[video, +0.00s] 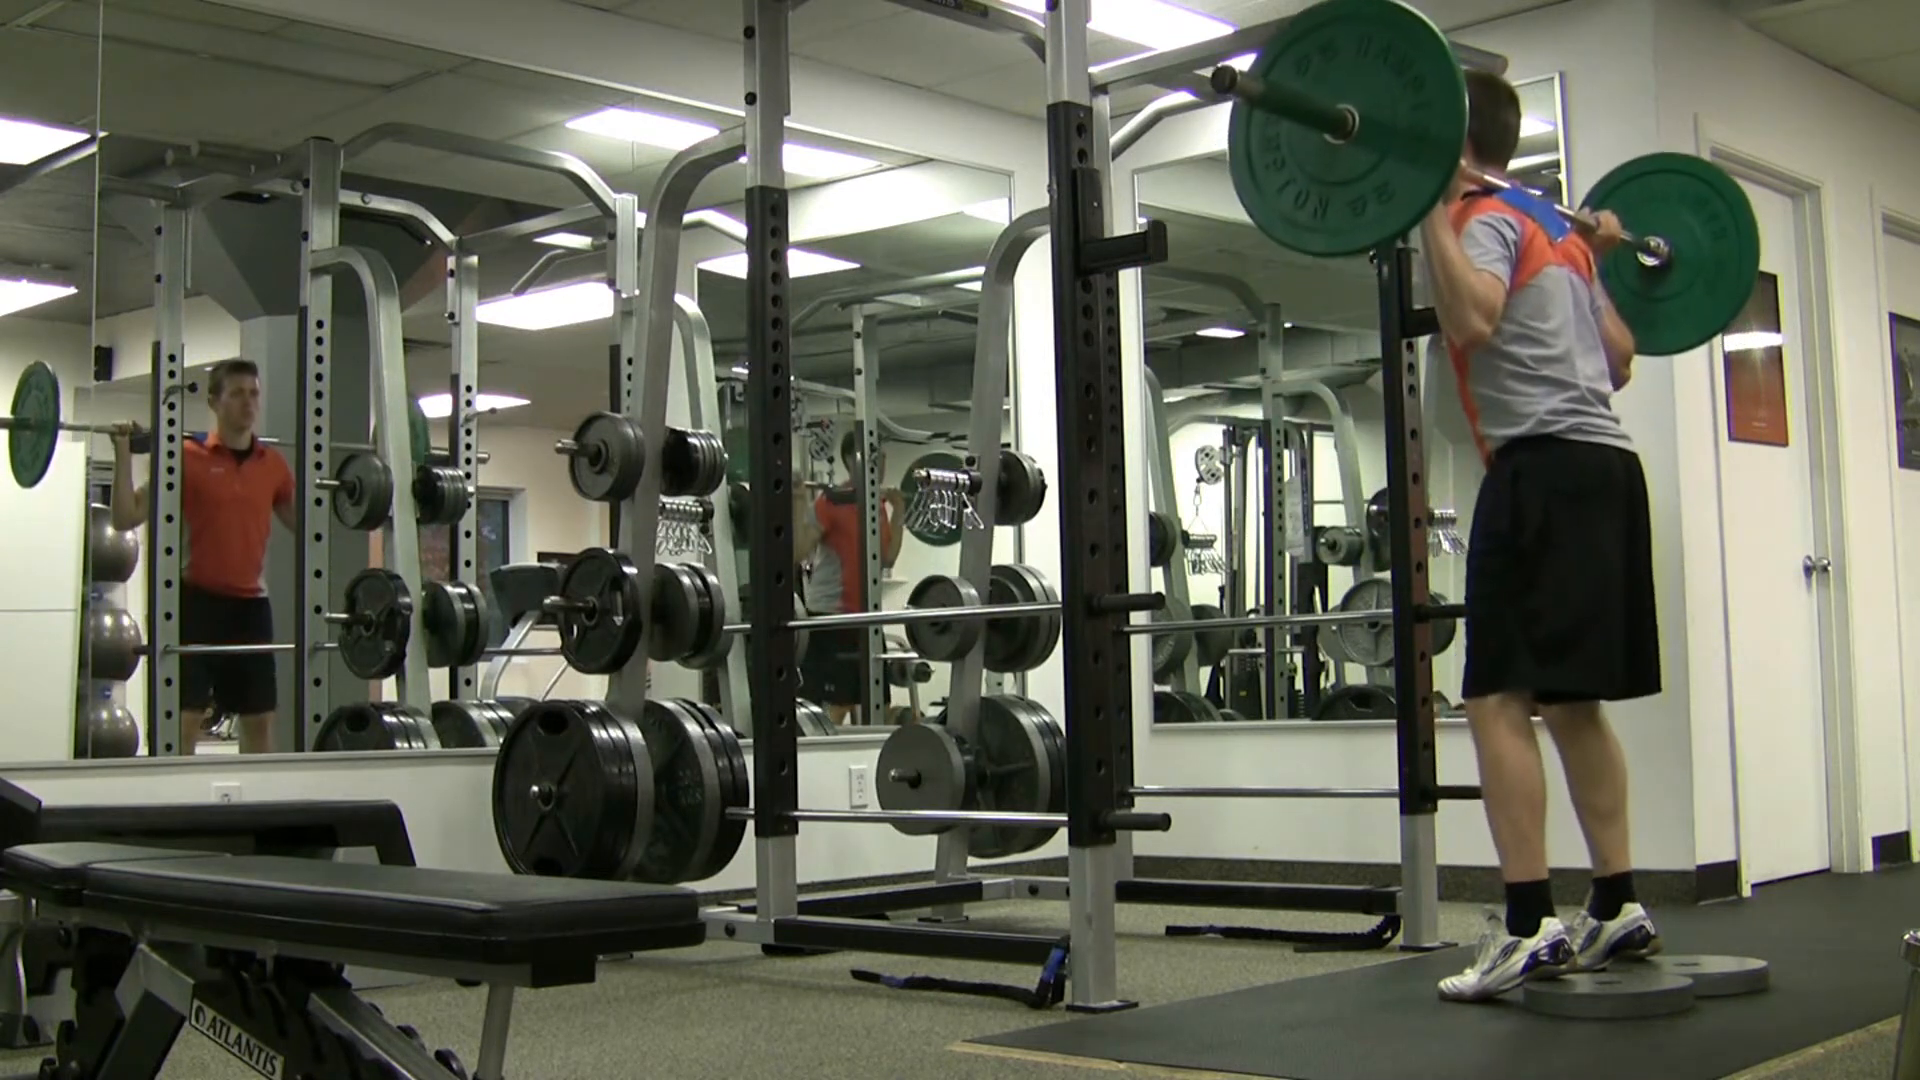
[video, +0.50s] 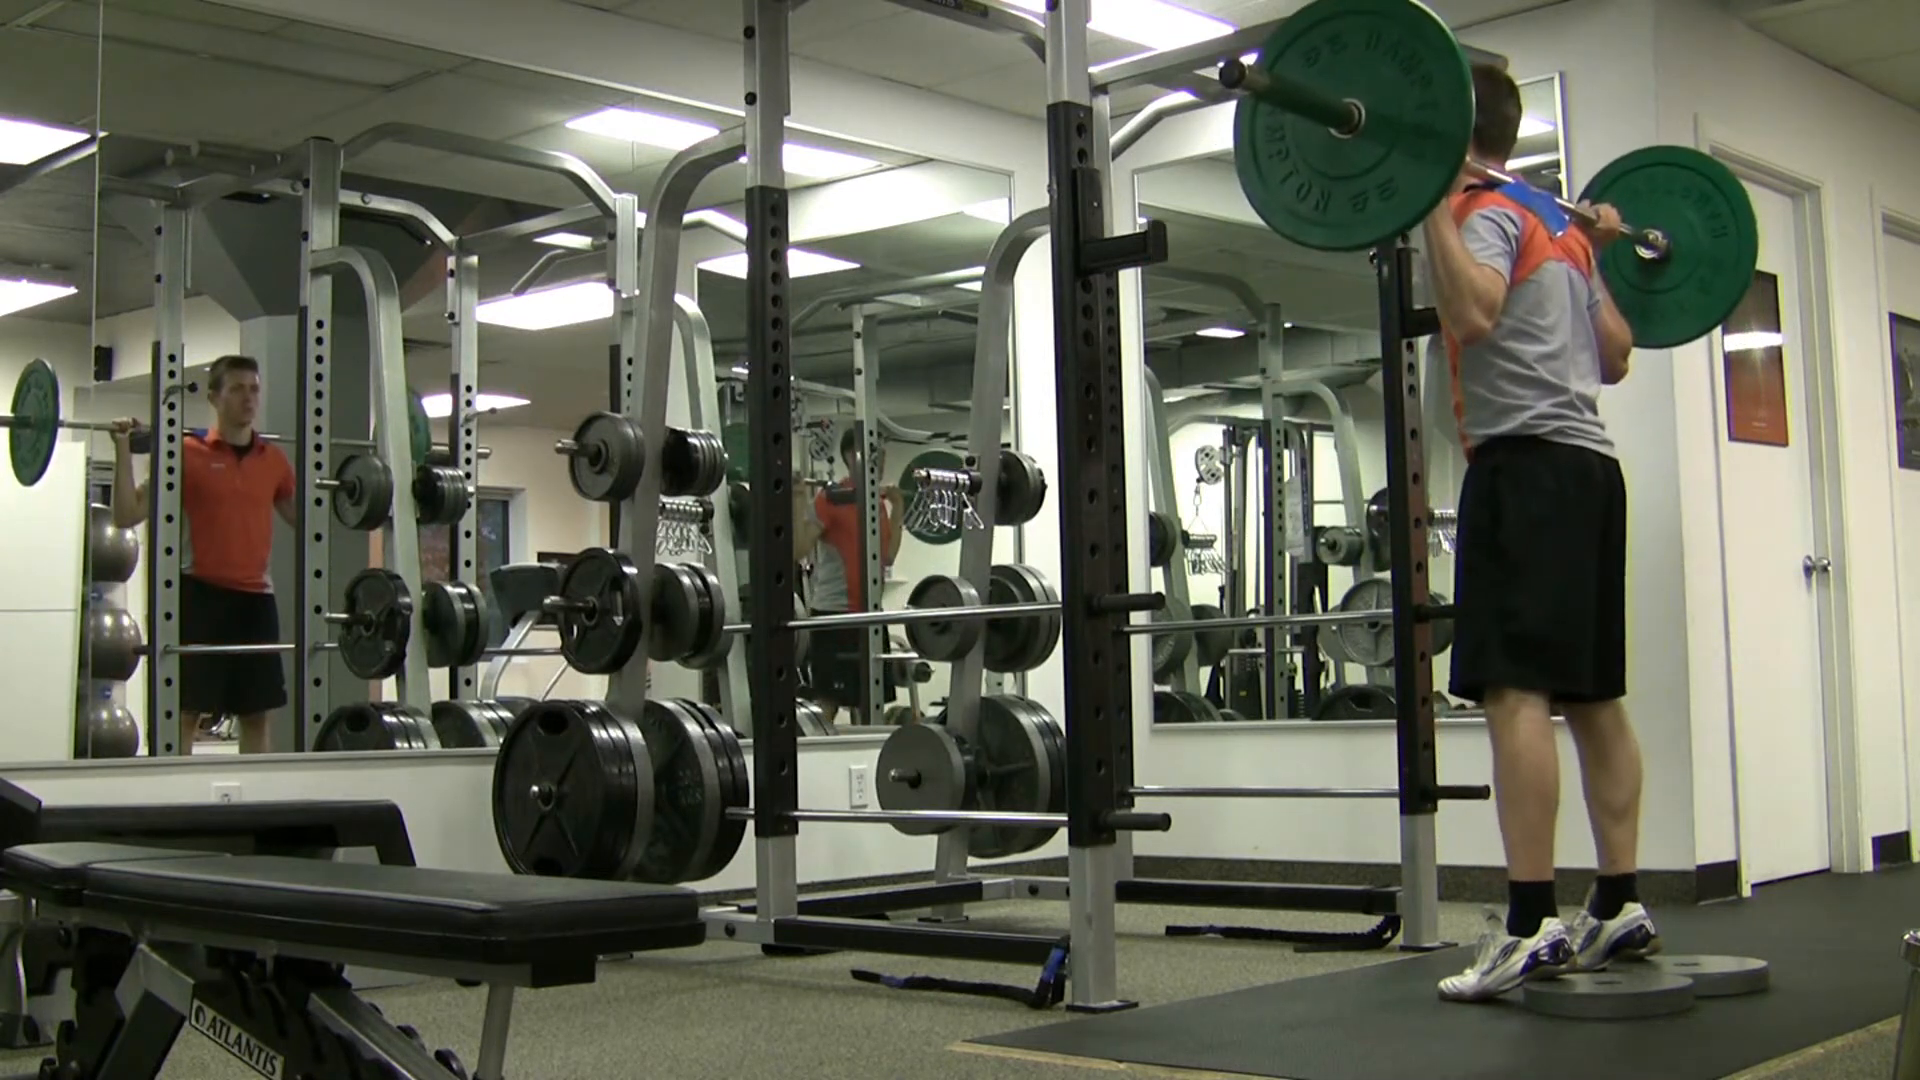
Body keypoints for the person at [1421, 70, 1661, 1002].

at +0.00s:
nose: (1428, 154)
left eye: (1432, 135)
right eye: (1437, 136)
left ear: (1454, 139)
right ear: (1512, 143)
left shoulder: (1485, 215)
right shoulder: (1561, 227)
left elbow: (1475, 324)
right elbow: (1618, 355)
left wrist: (1432, 215)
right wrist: (1601, 252)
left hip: (1541, 473)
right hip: (1604, 471)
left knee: (1495, 702)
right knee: (1573, 701)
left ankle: (1527, 929)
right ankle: (1618, 909)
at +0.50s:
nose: (1427, 144)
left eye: (1433, 125)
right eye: (1437, 125)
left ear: (1455, 133)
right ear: (1512, 135)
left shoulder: (1488, 209)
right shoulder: (1562, 221)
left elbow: (1475, 318)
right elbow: (1614, 354)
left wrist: (1432, 208)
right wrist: (1601, 245)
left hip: (1524, 471)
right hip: (1588, 470)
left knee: (1514, 696)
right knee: (1593, 697)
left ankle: (1530, 928)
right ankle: (1621, 910)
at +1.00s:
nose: (1429, 186)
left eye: (1433, 165)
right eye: (1437, 166)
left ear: (1452, 171)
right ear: (1510, 177)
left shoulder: (1486, 247)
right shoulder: (1559, 257)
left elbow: (1476, 353)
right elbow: (1616, 381)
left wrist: (1430, 246)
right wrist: (1596, 276)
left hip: (1550, 498)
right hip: (1617, 501)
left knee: (1450, 707)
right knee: (1537, 709)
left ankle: (1524, 929)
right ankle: (1614, 909)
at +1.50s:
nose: (1426, 291)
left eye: (1432, 273)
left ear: (1446, 282)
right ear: (1514, 284)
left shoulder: (1489, 352)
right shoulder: (1560, 361)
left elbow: (1488, 462)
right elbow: (1626, 466)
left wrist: (1435, 361)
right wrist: (1594, 373)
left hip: (1587, 577)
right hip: (1659, 584)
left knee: (1418, 734)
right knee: (1511, 745)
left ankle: (1523, 927)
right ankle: (1613, 911)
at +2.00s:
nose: (1424, 385)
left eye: (1429, 370)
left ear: (1443, 379)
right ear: (1514, 380)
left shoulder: (1493, 450)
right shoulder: (1562, 449)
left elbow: (1498, 563)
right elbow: (1622, 545)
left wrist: (1433, 460)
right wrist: (1596, 458)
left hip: (1603, 660)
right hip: (1680, 669)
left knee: (1406, 747)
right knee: (1509, 775)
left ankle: (1523, 929)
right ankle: (1612, 913)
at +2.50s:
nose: (1428, 440)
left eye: (1432, 427)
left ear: (1442, 438)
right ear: (1515, 441)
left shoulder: (1490, 515)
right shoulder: (1559, 508)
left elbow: (1498, 625)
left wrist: (1430, 523)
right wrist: (1592, 512)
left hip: (1616, 717)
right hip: (1681, 729)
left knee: (1399, 753)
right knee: (1495, 769)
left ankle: (1524, 930)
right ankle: (1609, 911)